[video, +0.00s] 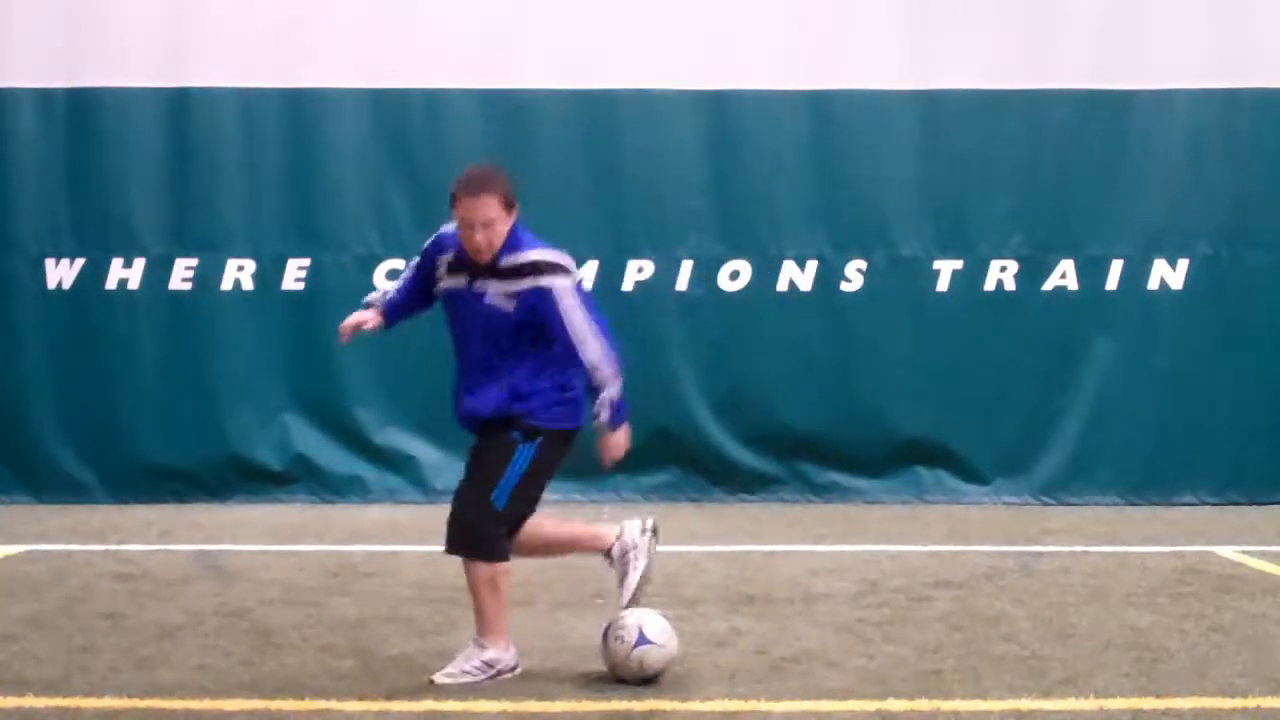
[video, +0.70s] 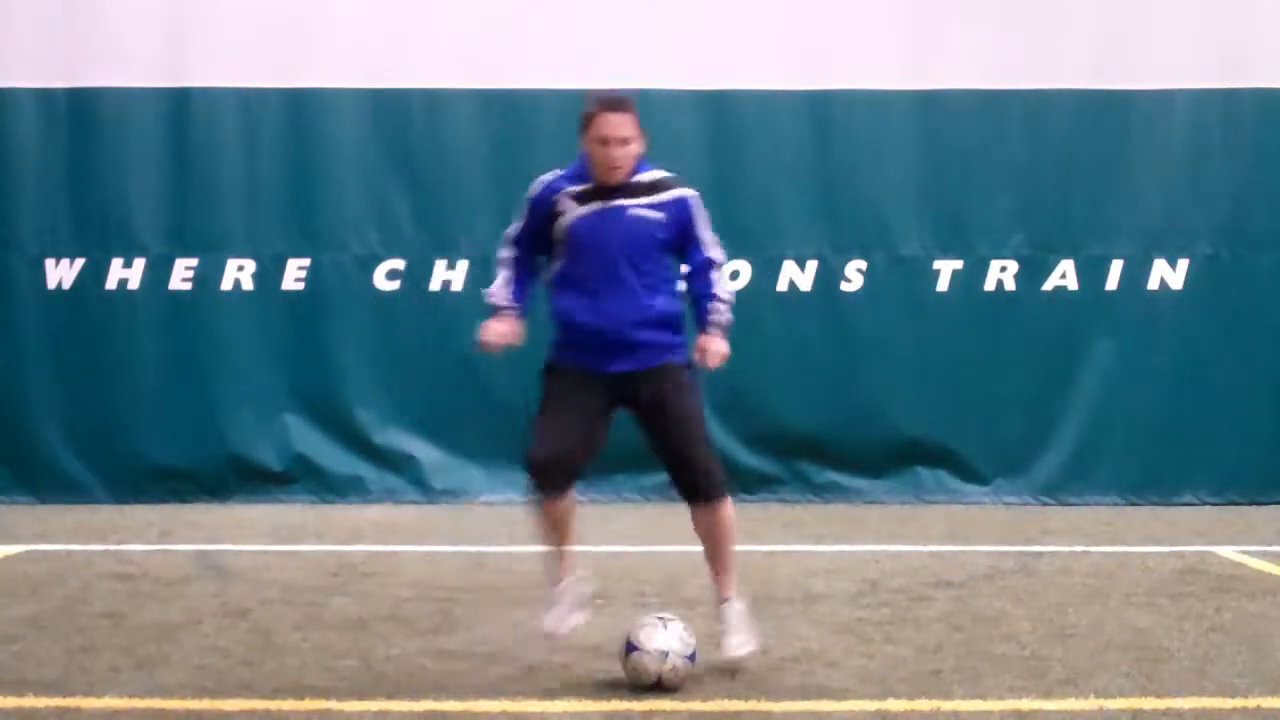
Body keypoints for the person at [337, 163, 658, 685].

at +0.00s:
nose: (476, 238)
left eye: (487, 225)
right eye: (467, 226)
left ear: (511, 216)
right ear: (454, 219)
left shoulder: (544, 268)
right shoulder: (446, 250)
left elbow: (591, 342)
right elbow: (418, 287)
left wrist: (612, 416)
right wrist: (382, 313)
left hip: (542, 416)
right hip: (494, 415)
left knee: (476, 523)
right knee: (495, 530)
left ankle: (495, 650)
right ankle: (617, 541)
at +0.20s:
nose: (481, 229)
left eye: (491, 216)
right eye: (470, 217)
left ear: (512, 207)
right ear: (455, 211)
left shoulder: (551, 255)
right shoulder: (442, 246)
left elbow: (616, 314)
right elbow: (411, 280)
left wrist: (637, 379)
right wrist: (380, 308)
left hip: (542, 415)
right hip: (483, 415)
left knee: (486, 522)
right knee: (462, 522)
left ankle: (496, 649)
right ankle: (591, 529)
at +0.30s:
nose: (495, 199)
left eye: (505, 186)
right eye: (483, 188)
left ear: (523, 179)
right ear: (467, 185)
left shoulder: (563, 219)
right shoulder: (449, 227)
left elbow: (626, 265)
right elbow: (418, 277)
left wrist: (639, 337)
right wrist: (391, 325)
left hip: (557, 386)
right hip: (494, 387)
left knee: (522, 494)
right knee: (475, 501)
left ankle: (506, 637)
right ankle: (548, 585)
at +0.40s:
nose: (509, 201)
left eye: (517, 187)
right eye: (496, 190)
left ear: (535, 181)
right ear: (479, 188)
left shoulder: (574, 226)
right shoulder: (461, 237)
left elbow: (628, 279)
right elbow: (430, 297)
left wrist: (640, 357)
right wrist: (413, 362)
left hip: (577, 391)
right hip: (506, 398)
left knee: (574, 495)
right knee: (488, 519)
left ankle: (574, 606)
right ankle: (490, 630)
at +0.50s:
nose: (539, 209)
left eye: (548, 196)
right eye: (528, 198)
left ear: (563, 194)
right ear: (506, 199)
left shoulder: (597, 245)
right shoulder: (480, 249)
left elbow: (639, 309)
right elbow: (447, 306)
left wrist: (662, 369)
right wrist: (425, 359)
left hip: (590, 399)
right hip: (514, 407)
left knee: (632, 483)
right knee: (486, 522)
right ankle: (496, 630)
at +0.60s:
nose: (574, 176)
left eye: (583, 164)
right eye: (563, 166)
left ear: (599, 162)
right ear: (543, 166)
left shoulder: (631, 210)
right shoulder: (517, 214)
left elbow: (675, 278)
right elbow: (478, 269)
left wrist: (688, 335)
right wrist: (458, 318)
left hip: (619, 380)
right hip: (542, 388)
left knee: (681, 466)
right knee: (518, 509)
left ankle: (749, 576)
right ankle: (501, 621)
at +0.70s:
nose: (615, 153)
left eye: (625, 143)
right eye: (604, 143)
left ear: (640, 144)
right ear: (584, 146)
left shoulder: (673, 195)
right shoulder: (553, 195)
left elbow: (708, 264)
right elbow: (518, 252)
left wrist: (715, 326)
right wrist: (506, 309)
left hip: (658, 362)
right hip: (580, 364)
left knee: (702, 478)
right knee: (548, 468)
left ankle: (730, 603)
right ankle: (565, 585)